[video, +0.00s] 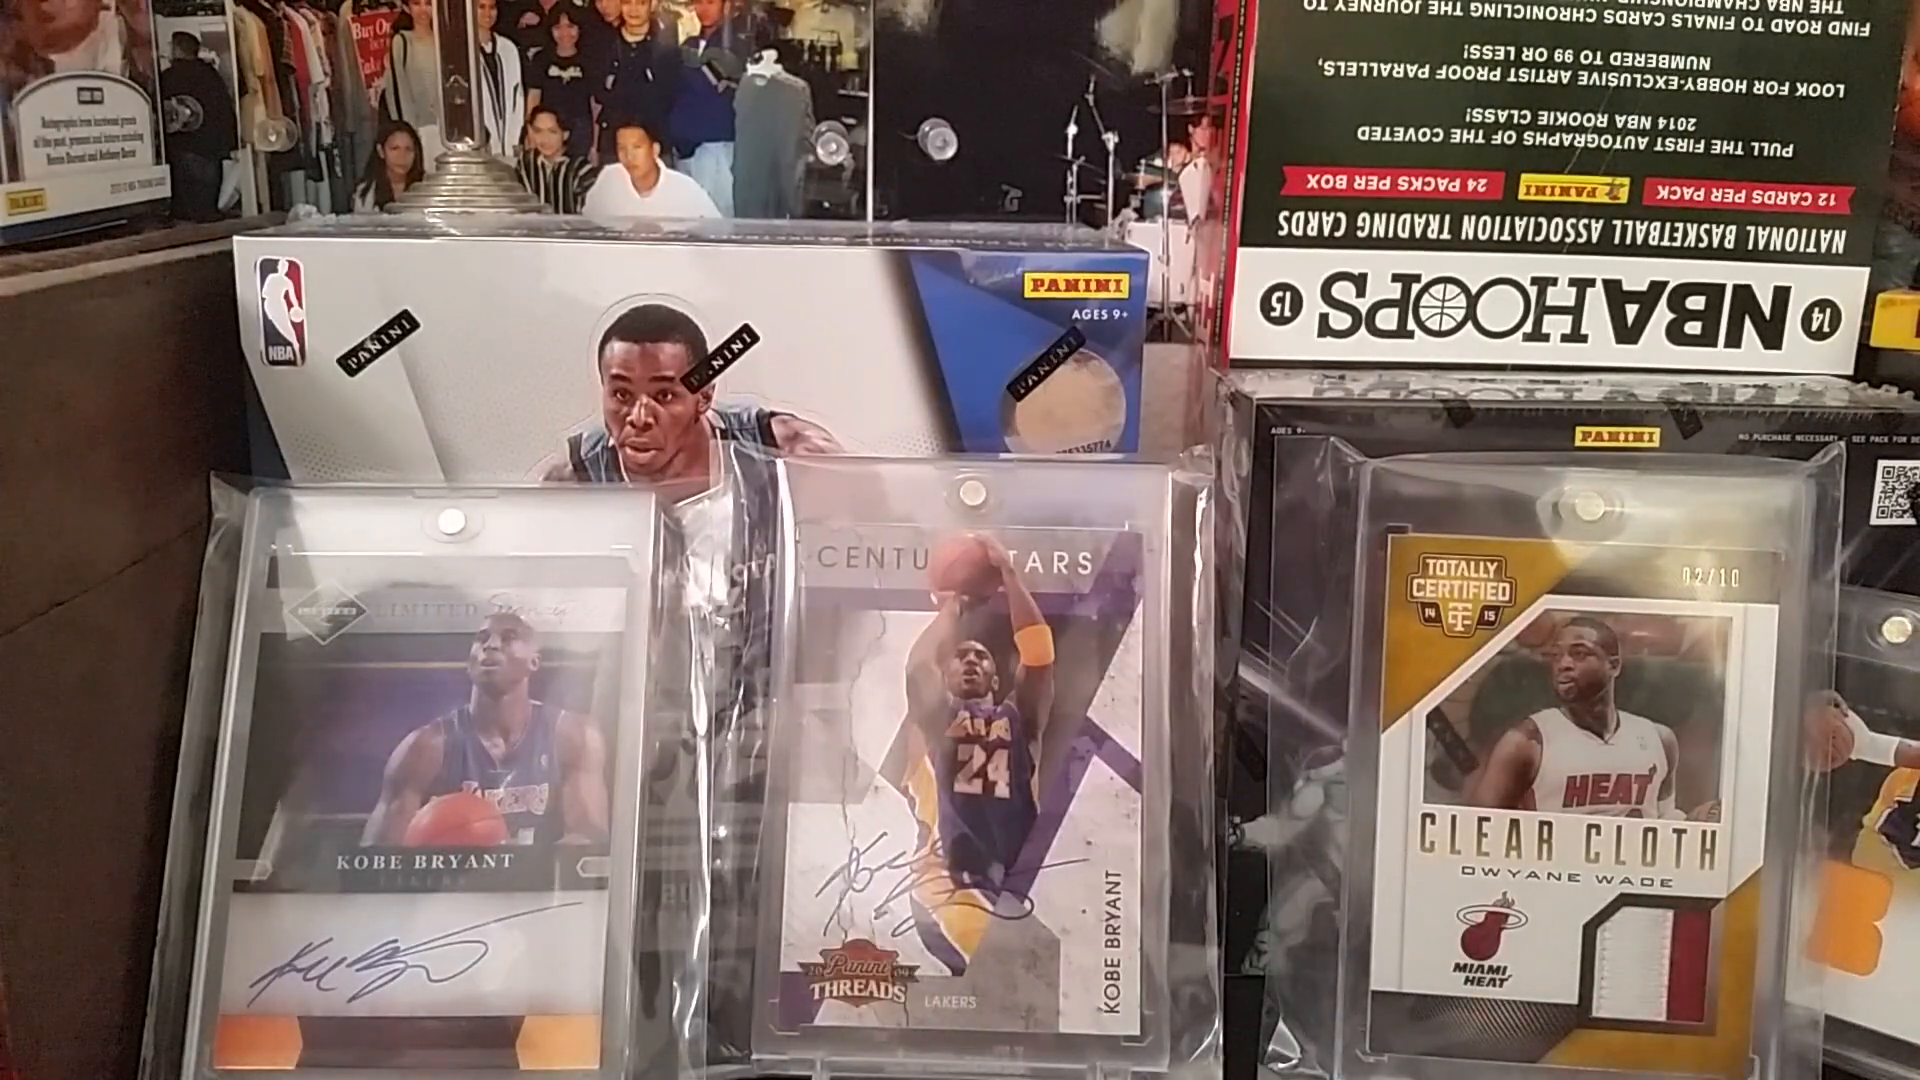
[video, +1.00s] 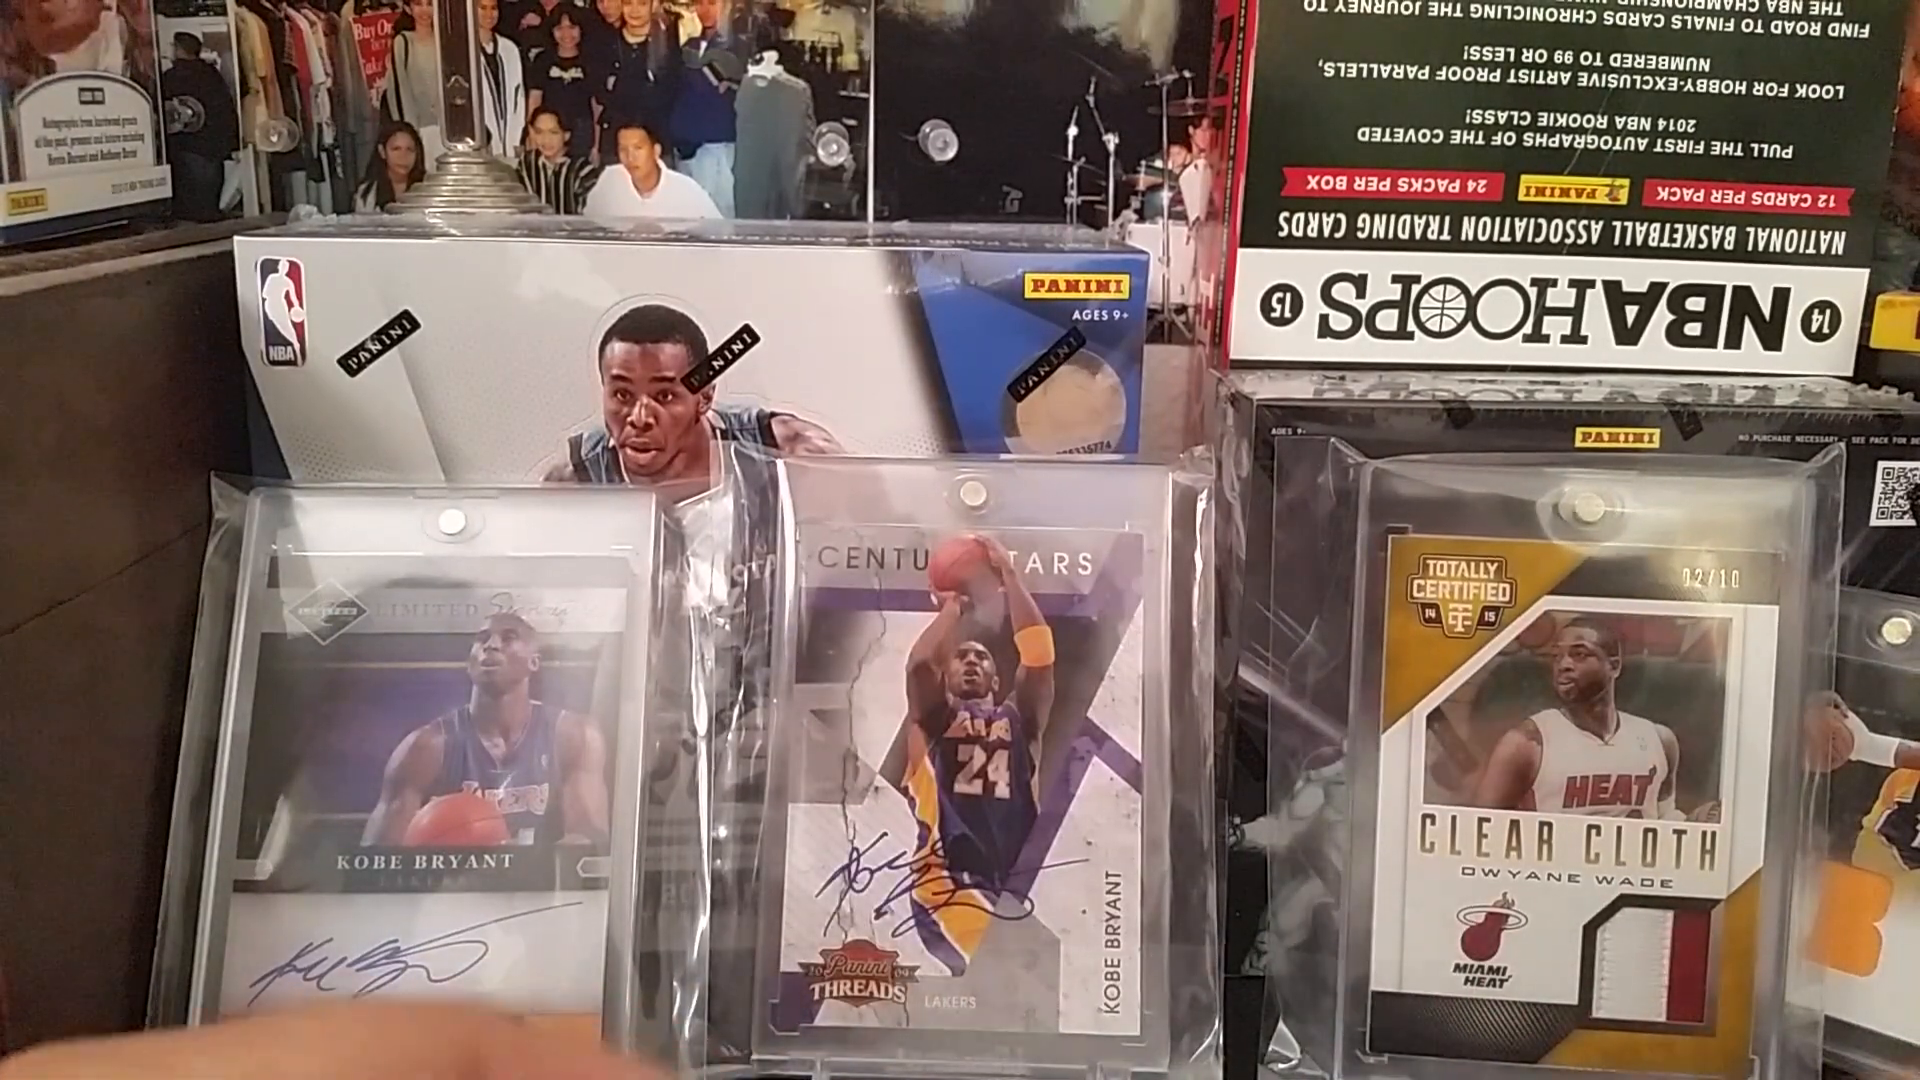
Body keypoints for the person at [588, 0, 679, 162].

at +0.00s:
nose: (634, 9)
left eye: (641, 3)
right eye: (627, 3)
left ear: (652, 6)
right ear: (620, 7)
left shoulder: (666, 47)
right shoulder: (606, 43)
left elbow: (670, 92)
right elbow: (599, 92)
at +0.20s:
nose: (634, 9)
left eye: (641, 3)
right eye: (627, 3)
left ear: (652, 5)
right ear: (621, 7)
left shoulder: (666, 44)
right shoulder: (606, 43)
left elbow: (671, 92)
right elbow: (599, 92)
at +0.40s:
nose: (634, 10)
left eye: (642, 3)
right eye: (628, 3)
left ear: (653, 6)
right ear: (621, 7)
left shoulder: (667, 45)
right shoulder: (607, 42)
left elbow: (673, 91)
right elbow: (598, 89)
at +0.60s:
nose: (634, 10)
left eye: (642, 3)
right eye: (628, 3)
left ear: (653, 6)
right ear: (621, 7)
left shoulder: (667, 44)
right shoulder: (608, 43)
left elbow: (675, 89)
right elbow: (598, 89)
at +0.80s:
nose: (634, 10)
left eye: (642, 3)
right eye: (628, 3)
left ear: (653, 6)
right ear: (621, 7)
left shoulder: (668, 45)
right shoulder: (608, 43)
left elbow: (675, 89)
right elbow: (598, 89)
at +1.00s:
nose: (634, 10)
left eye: (642, 3)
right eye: (628, 3)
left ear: (654, 5)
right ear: (621, 7)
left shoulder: (667, 44)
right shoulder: (607, 43)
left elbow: (670, 93)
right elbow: (601, 94)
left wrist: (616, 86)